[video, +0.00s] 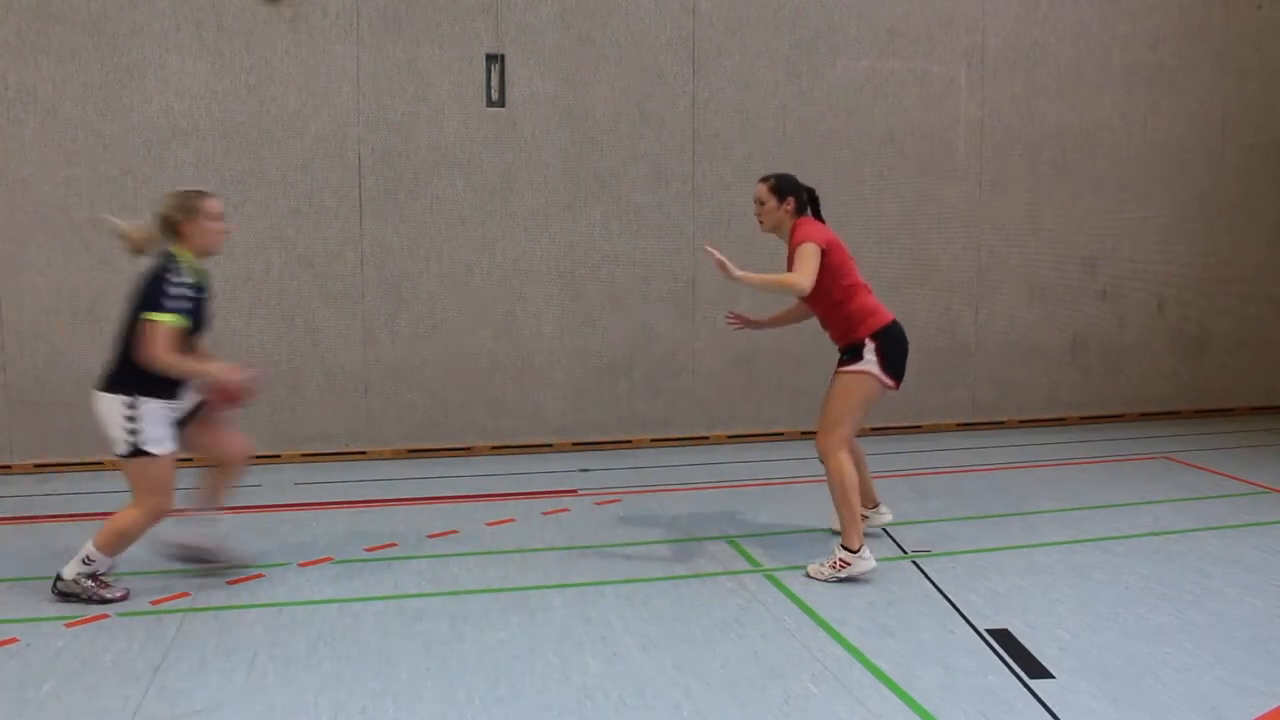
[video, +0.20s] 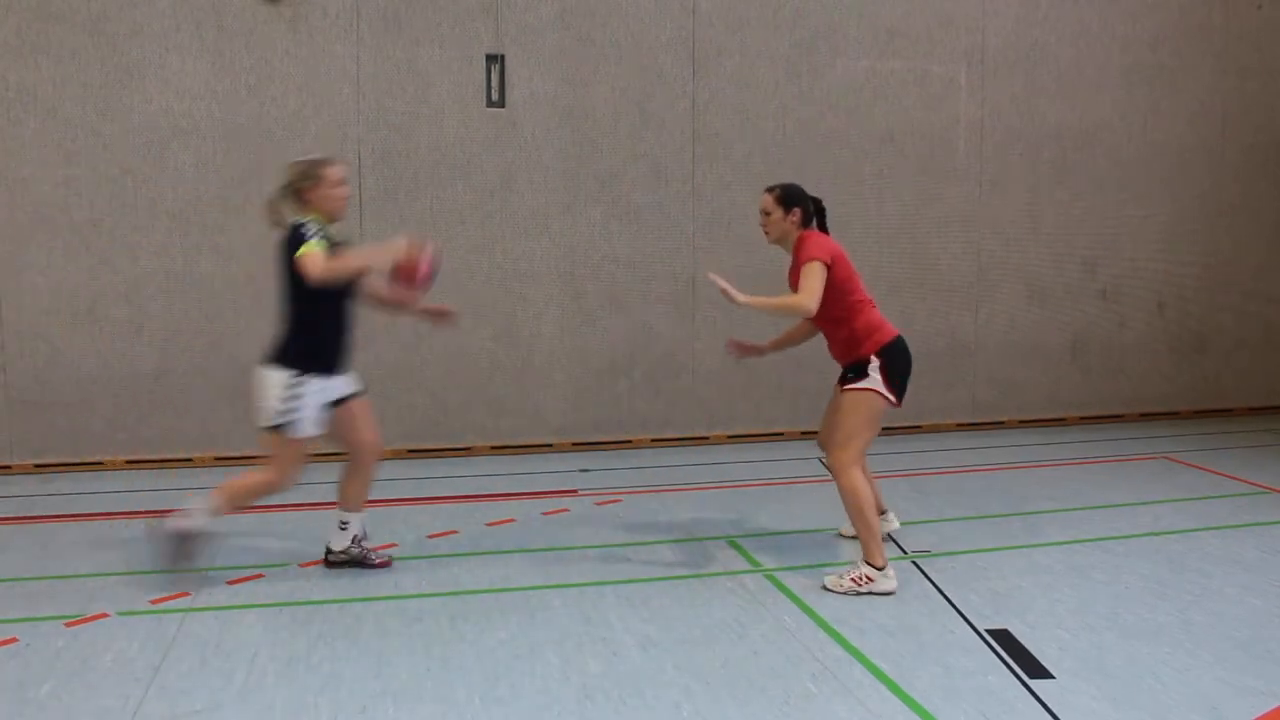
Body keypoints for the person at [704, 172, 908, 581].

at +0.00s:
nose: (755, 212)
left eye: (761, 203)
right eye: (755, 204)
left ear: (788, 204)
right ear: (788, 207)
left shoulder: (808, 232)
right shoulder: (805, 240)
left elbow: (802, 284)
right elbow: (811, 305)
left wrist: (741, 276)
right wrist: (763, 322)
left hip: (872, 341)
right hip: (862, 341)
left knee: (831, 443)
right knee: (840, 432)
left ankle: (853, 550)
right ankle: (869, 506)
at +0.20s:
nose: (761, 223)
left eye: (767, 214)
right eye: (761, 215)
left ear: (794, 215)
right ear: (792, 218)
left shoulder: (814, 245)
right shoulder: (804, 258)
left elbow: (807, 304)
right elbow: (813, 323)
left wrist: (746, 300)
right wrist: (767, 348)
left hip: (878, 357)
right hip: (861, 360)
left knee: (845, 459)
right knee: (830, 440)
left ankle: (877, 568)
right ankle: (877, 516)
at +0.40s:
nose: (762, 229)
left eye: (768, 221)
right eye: (761, 221)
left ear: (795, 221)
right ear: (791, 223)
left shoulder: (813, 247)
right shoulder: (797, 260)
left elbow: (777, 295)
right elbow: (768, 318)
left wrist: (724, 268)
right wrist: (714, 316)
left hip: (881, 362)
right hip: (867, 364)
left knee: (832, 462)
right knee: (843, 450)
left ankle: (874, 566)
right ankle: (883, 520)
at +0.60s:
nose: (754, 229)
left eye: (760, 221)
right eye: (754, 222)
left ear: (788, 219)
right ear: (782, 221)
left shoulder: (799, 243)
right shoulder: (779, 267)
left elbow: (727, 263)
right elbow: (734, 317)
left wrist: (666, 244)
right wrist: (674, 322)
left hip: (878, 357)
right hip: (860, 362)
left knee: (840, 459)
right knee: (847, 446)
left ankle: (865, 576)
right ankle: (893, 509)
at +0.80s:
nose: (753, 250)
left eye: (762, 243)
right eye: (752, 243)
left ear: (787, 248)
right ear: (755, 249)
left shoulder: (795, 271)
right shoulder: (777, 292)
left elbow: (746, 286)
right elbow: (764, 347)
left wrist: (702, 262)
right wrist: (722, 334)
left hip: (858, 395)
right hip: (837, 400)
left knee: (808, 482)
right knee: (827, 481)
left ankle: (861, 582)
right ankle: (894, 506)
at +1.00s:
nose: (774, 247)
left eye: (784, 242)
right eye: (771, 240)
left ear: (804, 247)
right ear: (765, 243)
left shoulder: (811, 275)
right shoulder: (772, 275)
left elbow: (791, 297)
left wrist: (755, 268)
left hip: (847, 403)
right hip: (816, 408)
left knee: (795, 483)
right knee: (830, 494)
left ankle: (849, 583)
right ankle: (893, 501)